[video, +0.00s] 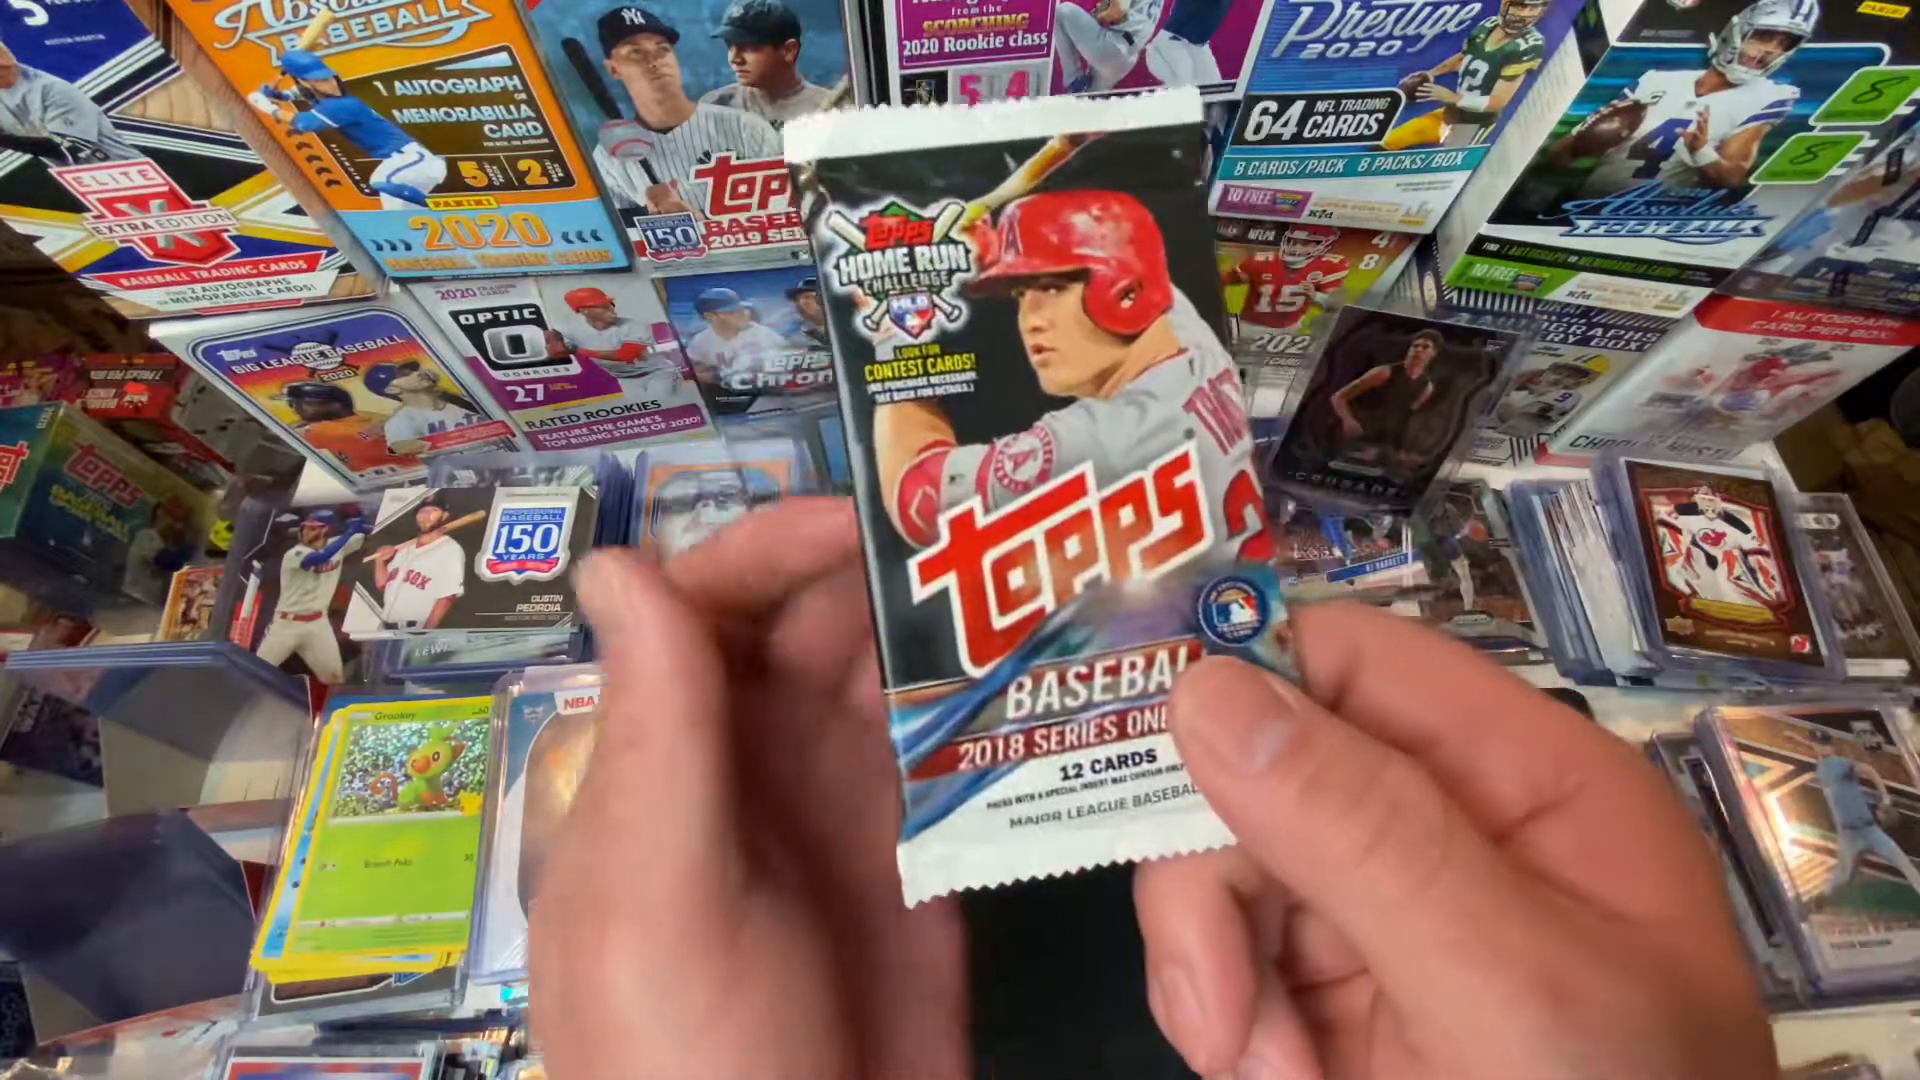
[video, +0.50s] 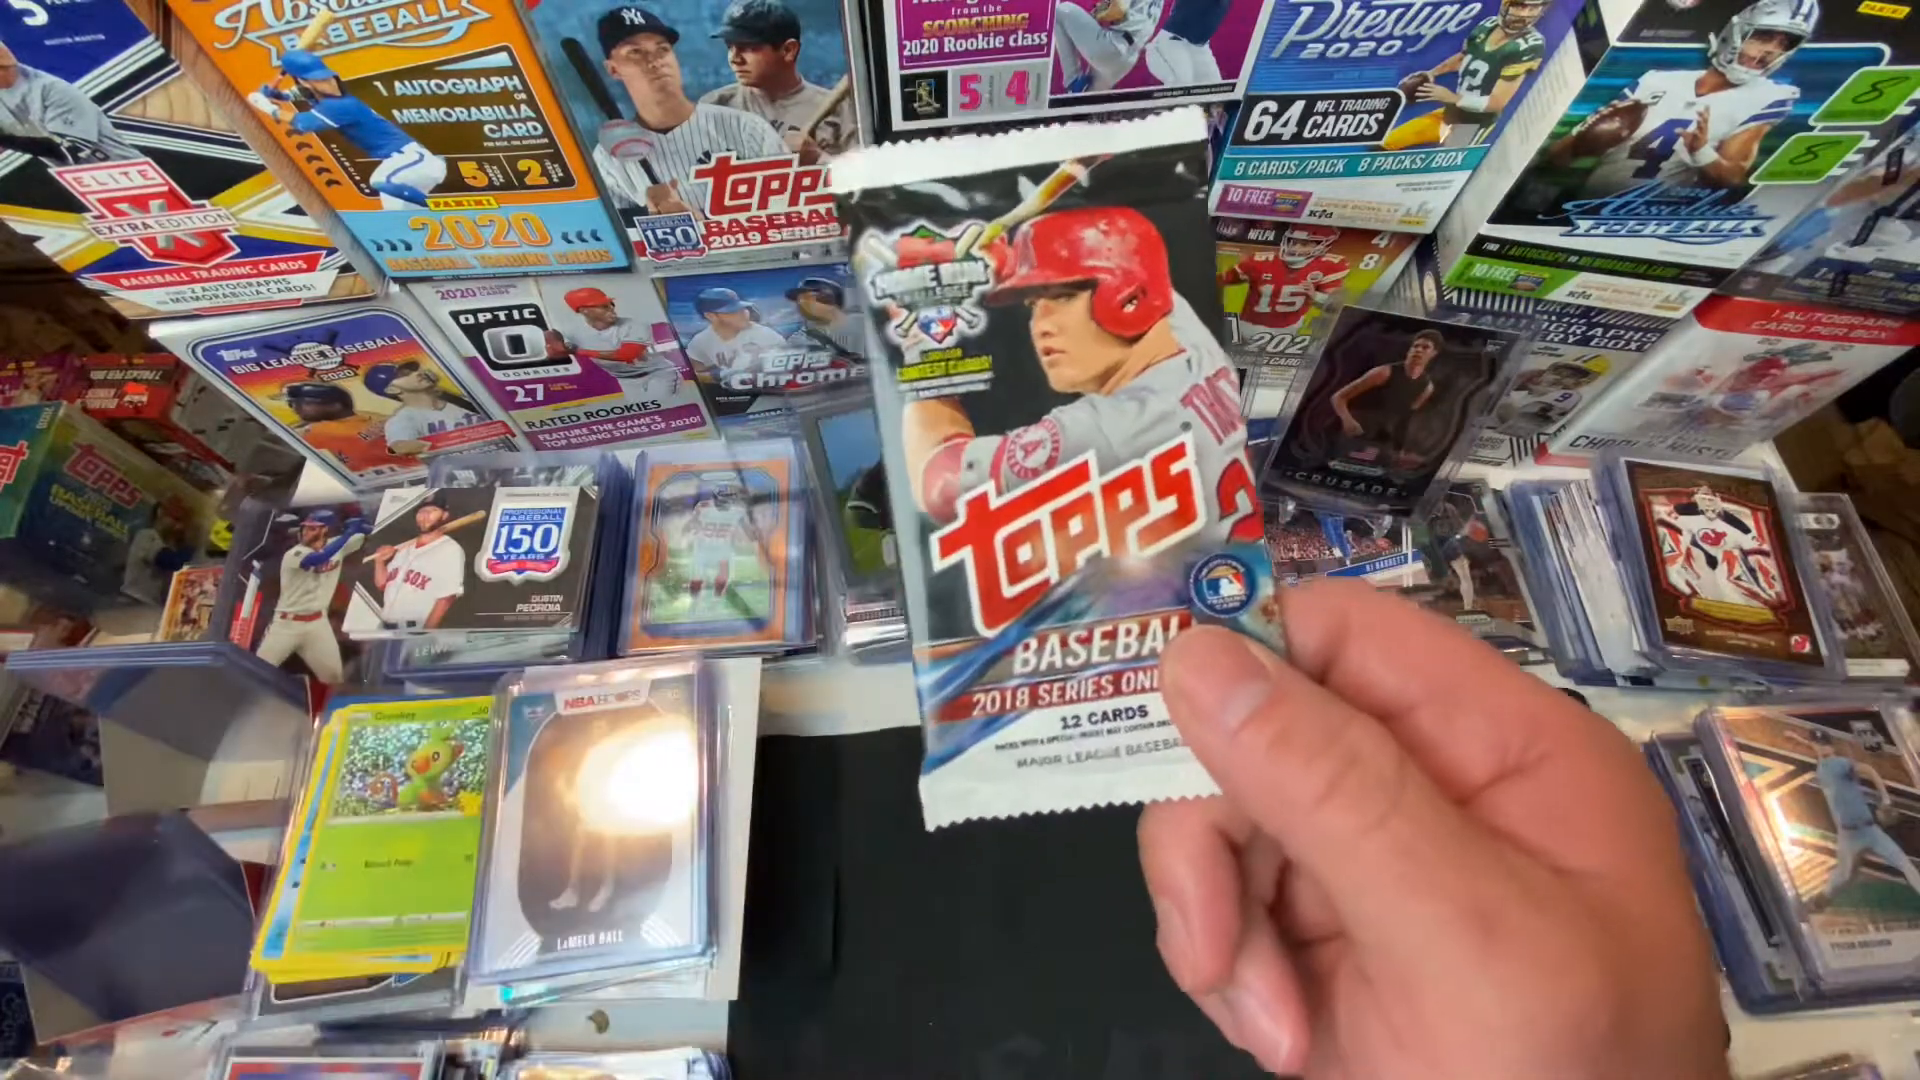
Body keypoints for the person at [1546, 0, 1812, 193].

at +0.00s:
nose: (1769, 52)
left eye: (1782, 45)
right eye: (1763, 37)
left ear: (1788, 56)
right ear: (1738, 33)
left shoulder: (1759, 102)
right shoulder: (1659, 83)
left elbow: (1735, 177)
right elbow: (1556, 156)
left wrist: (1702, 153)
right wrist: (1584, 138)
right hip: (1594, 204)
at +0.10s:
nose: (1769, 52)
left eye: (1782, 45)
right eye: (1763, 38)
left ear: (1788, 56)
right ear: (1737, 33)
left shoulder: (1760, 101)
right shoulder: (1659, 82)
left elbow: (1735, 176)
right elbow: (1556, 156)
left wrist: (1701, 153)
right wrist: (1584, 137)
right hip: (1594, 204)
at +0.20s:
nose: (1768, 53)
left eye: (1781, 46)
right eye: (1762, 38)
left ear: (1787, 57)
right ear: (1737, 33)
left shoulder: (1760, 103)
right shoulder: (1659, 83)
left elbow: (1735, 176)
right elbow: (1554, 158)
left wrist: (1701, 153)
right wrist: (1582, 139)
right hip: (1595, 204)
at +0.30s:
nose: (1768, 53)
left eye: (1781, 46)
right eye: (1763, 38)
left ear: (1787, 57)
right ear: (1737, 34)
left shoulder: (1760, 103)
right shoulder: (1659, 83)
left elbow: (1735, 177)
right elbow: (1555, 157)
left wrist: (1701, 153)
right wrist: (1581, 139)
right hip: (1595, 202)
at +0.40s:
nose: (1768, 53)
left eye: (1781, 47)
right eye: (1762, 39)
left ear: (1787, 57)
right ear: (1737, 33)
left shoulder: (1760, 103)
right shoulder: (1660, 83)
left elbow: (1735, 177)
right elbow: (1556, 156)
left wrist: (1701, 154)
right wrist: (1581, 139)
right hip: (1595, 202)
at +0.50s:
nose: (1768, 53)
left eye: (1781, 46)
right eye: (1762, 39)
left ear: (1787, 57)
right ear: (1737, 34)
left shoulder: (1760, 103)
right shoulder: (1659, 83)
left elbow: (1735, 177)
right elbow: (1555, 157)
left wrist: (1701, 153)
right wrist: (1582, 139)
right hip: (1595, 204)